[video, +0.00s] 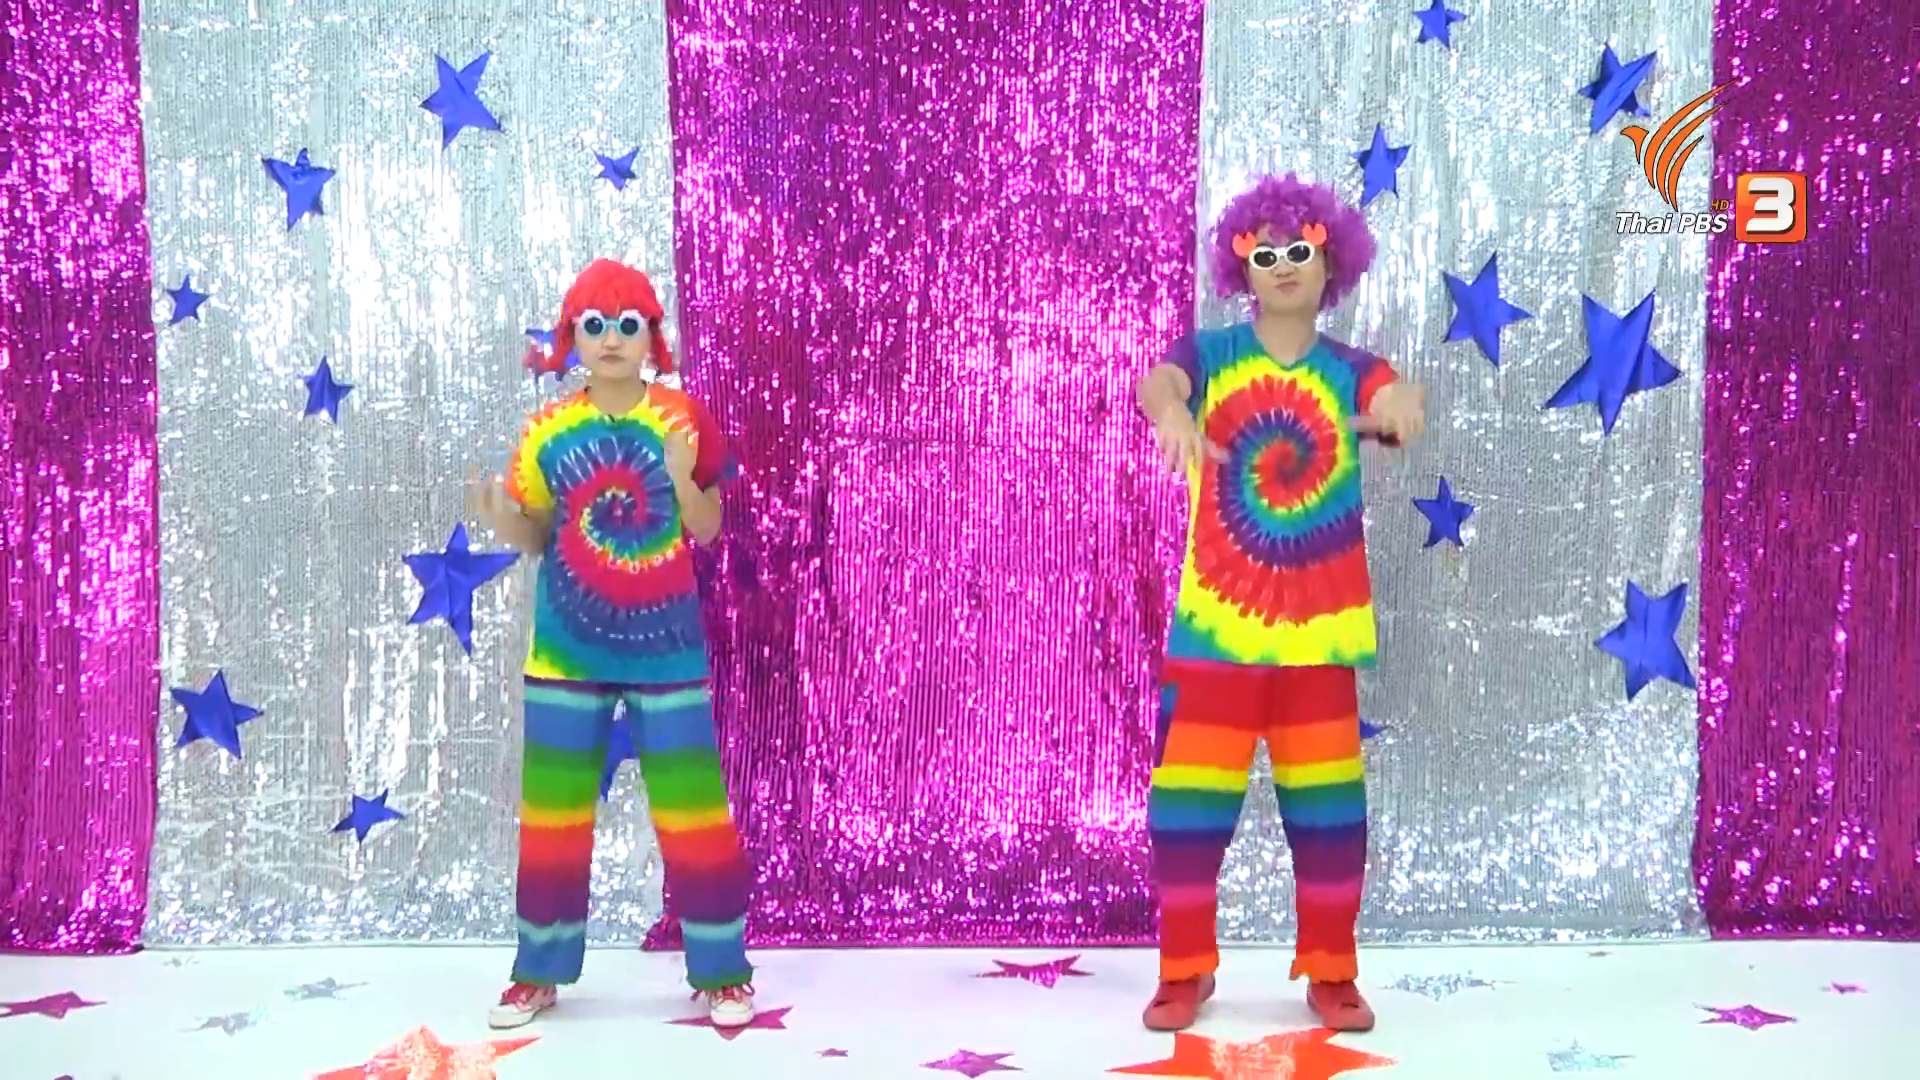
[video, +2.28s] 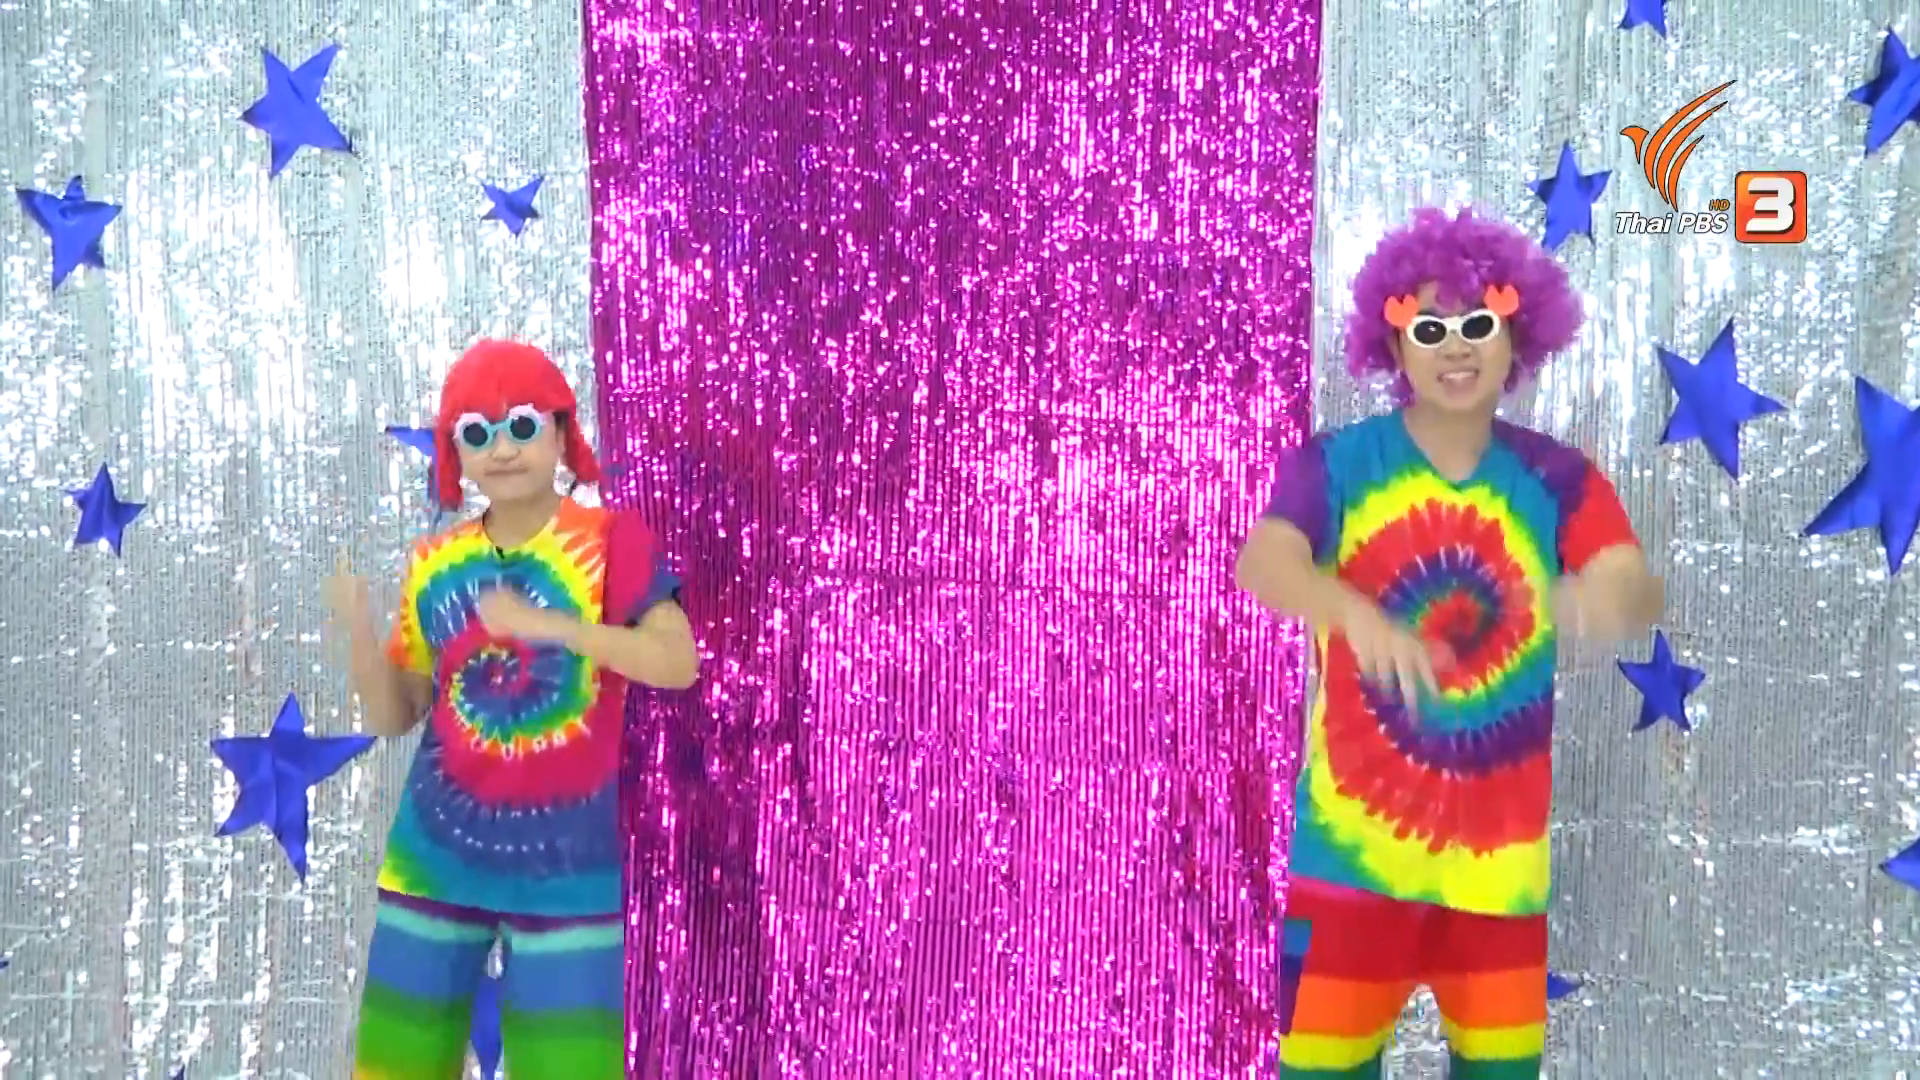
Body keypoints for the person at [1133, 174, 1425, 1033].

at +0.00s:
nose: (1284, 264)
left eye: (1301, 249)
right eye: (1266, 251)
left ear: (1329, 271)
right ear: (1243, 273)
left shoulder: (1352, 368)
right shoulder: (1210, 351)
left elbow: (1387, 404)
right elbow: (1160, 384)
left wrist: (1402, 400)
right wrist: (1171, 411)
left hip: (1320, 632)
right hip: (1215, 630)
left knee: (1329, 808)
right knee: (1189, 805)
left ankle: (1332, 974)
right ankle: (1184, 971)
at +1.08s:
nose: (1352, 269)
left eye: (1372, 250)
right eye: (1330, 252)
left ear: (1401, 268)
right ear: (1299, 271)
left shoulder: (1433, 377)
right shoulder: (1261, 367)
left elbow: (1510, 433)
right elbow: (1209, 408)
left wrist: (1510, 431)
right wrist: (1275, 424)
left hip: (1398, 697)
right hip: (1276, 694)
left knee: (1402, 903)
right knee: (1245, 903)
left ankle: (1397, 1068)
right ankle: (1246, 1069)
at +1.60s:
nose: (1326, 291)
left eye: (1348, 272)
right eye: (1304, 273)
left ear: (1381, 292)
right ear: (1273, 295)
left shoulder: (1429, 404)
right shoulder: (1236, 406)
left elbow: (1513, 457)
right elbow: (1161, 463)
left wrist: (1473, 407)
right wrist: (1162, 445)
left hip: (1406, 751)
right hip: (1271, 753)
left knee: (1424, 987)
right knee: (1268, 995)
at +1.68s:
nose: (1311, 318)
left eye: (1333, 298)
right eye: (1288, 300)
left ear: (1366, 317)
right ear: (1256, 321)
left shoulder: (1422, 425)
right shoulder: (1223, 437)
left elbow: (1501, 494)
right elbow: (1159, 499)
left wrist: (1452, 492)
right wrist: (1143, 523)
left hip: (1402, 791)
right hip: (1264, 794)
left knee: (1428, 1021)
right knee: (1256, 1031)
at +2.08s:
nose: (1389, 313)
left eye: (1410, 292)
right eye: (1364, 295)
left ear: (1444, 310)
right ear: (1330, 317)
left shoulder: (1490, 431)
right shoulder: (1291, 433)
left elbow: (1596, 469)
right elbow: (1184, 473)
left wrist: (1571, 404)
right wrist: (1220, 443)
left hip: (1461, 801)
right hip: (1322, 801)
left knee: (1474, 1042)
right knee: (1312, 1040)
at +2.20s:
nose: (1431, 330)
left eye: (1452, 308)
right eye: (1406, 312)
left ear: (1489, 324)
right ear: (1373, 330)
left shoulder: (1529, 452)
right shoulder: (1322, 439)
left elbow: (1633, 535)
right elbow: (1232, 509)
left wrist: (1595, 471)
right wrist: (1304, 497)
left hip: (1482, 816)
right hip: (1345, 812)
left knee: (1486, 1049)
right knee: (1326, 1047)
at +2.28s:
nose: (1454, 349)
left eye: (1475, 326)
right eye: (1428, 330)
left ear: (1514, 341)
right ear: (1395, 349)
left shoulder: (1560, 476)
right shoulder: (1335, 465)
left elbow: (1635, 588)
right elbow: (1263, 560)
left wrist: (1603, 597)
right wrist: (1357, 613)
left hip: (1501, 853)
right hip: (1358, 847)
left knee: (1505, 1061)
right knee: (1324, 1060)